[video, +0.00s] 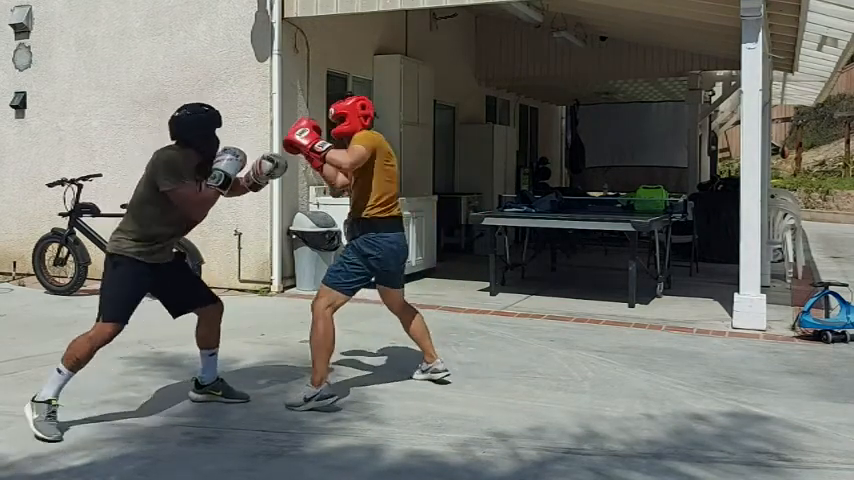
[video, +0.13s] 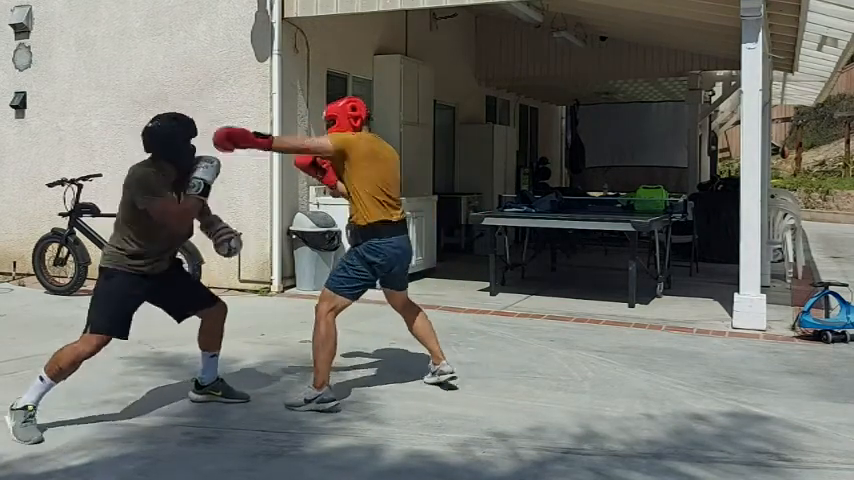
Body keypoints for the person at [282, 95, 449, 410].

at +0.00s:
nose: (337, 128)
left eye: (340, 121)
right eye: (336, 123)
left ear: (357, 118)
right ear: (364, 119)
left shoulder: (367, 138)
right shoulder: (373, 145)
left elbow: (349, 162)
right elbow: (338, 184)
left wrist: (315, 143)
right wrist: (314, 158)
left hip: (371, 240)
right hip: (392, 239)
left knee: (322, 306)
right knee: (397, 303)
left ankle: (319, 386)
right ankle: (433, 361)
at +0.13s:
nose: (329, 129)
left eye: (331, 123)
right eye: (329, 124)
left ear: (345, 121)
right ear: (362, 122)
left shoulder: (347, 141)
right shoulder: (386, 150)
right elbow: (362, 194)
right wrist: (328, 180)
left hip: (372, 246)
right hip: (399, 242)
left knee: (326, 310)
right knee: (401, 300)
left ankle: (320, 389)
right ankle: (441, 362)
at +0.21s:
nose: (329, 131)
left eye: (332, 125)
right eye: (328, 126)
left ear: (347, 122)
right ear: (361, 122)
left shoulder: (350, 145)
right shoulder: (388, 151)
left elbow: (310, 161)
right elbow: (371, 191)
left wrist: (270, 156)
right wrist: (338, 186)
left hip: (371, 247)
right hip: (400, 243)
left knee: (326, 310)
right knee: (410, 308)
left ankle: (320, 389)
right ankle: (451, 366)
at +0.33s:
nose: (336, 133)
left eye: (339, 125)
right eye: (335, 126)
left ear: (356, 125)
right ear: (367, 124)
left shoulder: (365, 150)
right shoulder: (390, 150)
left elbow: (358, 192)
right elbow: (369, 193)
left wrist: (322, 193)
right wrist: (337, 177)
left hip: (379, 247)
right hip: (404, 244)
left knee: (331, 309)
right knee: (418, 311)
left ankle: (319, 389)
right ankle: (459, 374)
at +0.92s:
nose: (320, 129)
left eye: (323, 121)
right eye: (320, 122)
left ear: (339, 121)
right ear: (352, 120)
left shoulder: (353, 143)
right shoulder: (374, 143)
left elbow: (329, 175)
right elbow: (338, 185)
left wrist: (304, 158)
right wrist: (311, 157)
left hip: (363, 248)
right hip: (393, 246)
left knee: (303, 300)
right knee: (404, 314)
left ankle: (299, 384)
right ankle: (440, 375)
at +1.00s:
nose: (310, 123)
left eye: (313, 117)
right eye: (310, 117)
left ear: (328, 116)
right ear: (345, 116)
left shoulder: (334, 138)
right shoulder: (374, 144)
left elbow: (293, 154)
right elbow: (339, 178)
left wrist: (264, 147)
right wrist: (305, 147)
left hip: (356, 246)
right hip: (389, 242)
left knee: (306, 314)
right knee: (398, 305)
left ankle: (294, 397)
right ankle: (434, 368)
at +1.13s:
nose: (325, 117)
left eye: (328, 112)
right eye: (327, 112)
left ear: (336, 111)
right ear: (363, 116)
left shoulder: (322, 133)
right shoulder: (380, 151)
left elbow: (267, 130)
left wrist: (218, 123)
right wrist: (312, 147)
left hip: (346, 253)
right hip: (380, 247)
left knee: (296, 317)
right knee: (386, 298)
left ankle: (296, 403)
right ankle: (431, 350)